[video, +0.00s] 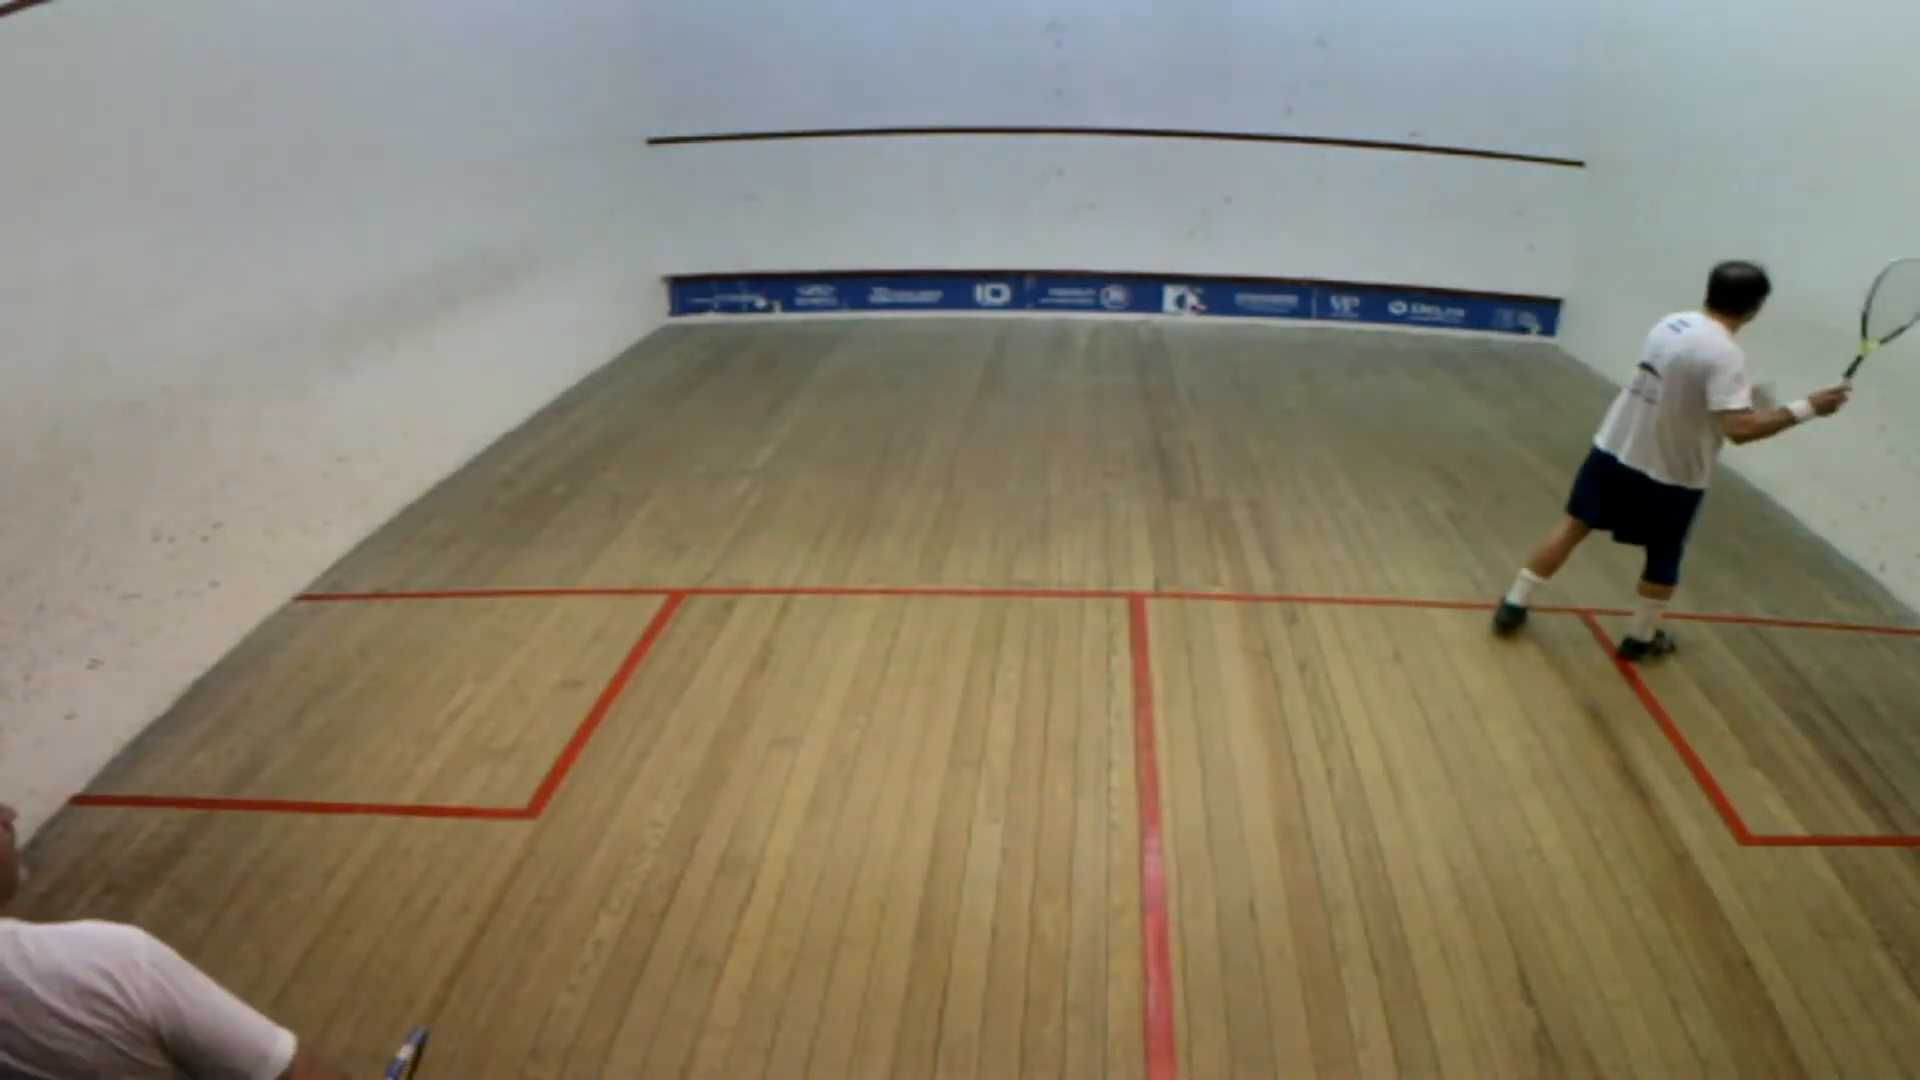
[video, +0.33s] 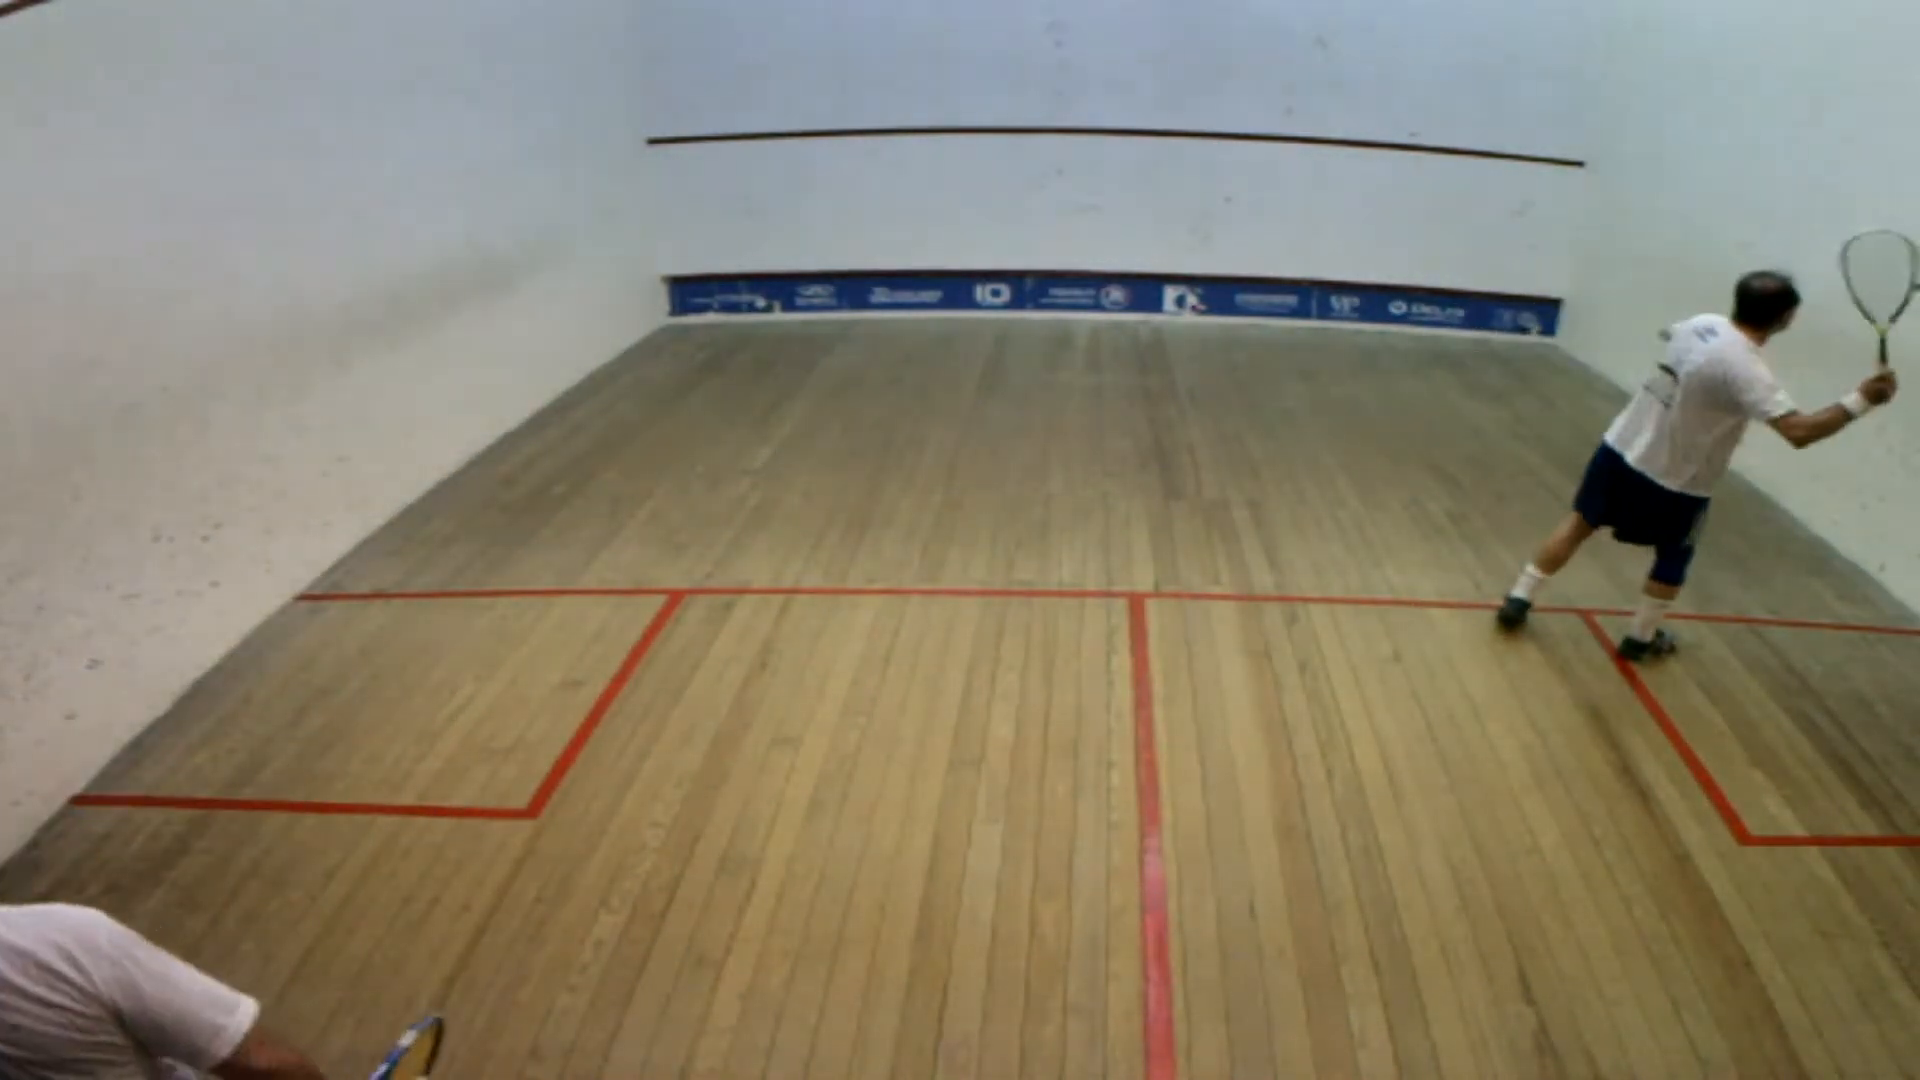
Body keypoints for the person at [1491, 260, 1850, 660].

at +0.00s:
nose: (1759, 311)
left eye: (1758, 303)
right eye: (1760, 304)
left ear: (1712, 292)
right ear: (1751, 309)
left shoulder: (1672, 324)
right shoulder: (1725, 356)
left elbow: (1672, 391)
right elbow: (1739, 428)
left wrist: (1739, 398)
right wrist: (1807, 408)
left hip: (1614, 450)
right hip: (1672, 477)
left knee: (1572, 526)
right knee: (1663, 558)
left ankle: (1512, 603)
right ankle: (1640, 636)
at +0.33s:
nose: (1791, 323)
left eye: (1789, 313)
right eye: (1791, 316)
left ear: (1741, 300)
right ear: (1780, 320)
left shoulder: (1700, 324)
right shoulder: (1746, 369)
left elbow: (1668, 343)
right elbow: (1798, 432)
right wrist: (1862, 399)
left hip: (1623, 449)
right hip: (1677, 484)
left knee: (1579, 524)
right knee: (1672, 559)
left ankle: (1516, 598)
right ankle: (1640, 636)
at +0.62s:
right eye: (1766, 294)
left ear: (1714, 294)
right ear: (1766, 300)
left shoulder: (1678, 339)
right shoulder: (1780, 352)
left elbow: (1600, 370)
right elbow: (1808, 358)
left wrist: (1607, 364)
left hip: (1635, 455)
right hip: (1701, 479)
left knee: (1589, 495)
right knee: (1672, 557)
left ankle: (1555, 565)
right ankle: (1644, 633)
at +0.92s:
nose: (1631, 314)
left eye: (1635, 307)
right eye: (1634, 307)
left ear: (1648, 314)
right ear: (1683, 314)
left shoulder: (1655, 364)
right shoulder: (1700, 349)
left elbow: (1654, 445)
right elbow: (1609, 370)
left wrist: (1581, 435)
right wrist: (1537, 373)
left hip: (1647, 494)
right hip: (1695, 492)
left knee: (1567, 557)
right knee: (1666, 571)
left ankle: (1604, 660)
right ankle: (1654, 643)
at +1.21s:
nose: (1509, 304)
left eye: (1520, 298)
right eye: (1514, 296)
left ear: (1550, 312)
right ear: (1559, 313)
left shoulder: (1536, 366)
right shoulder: (1595, 354)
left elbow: (1545, 449)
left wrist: (1499, 447)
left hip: (1563, 519)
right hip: (1602, 509)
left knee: (1540, 596)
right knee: (1517, 555)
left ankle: (1617, 668)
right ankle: (1500, 644)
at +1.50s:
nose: (1361, 335)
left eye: (1374, 328)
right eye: (1365, 324)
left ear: (1414, 338)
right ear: (1422, 339)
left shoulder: (1405, 400)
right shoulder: (1469, 383)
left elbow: (1402, 492)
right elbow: (1452, 468)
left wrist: (1359, 485)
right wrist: (1379, 478)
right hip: (1466, 542)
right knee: (1385, 585)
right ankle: (1409, 665)